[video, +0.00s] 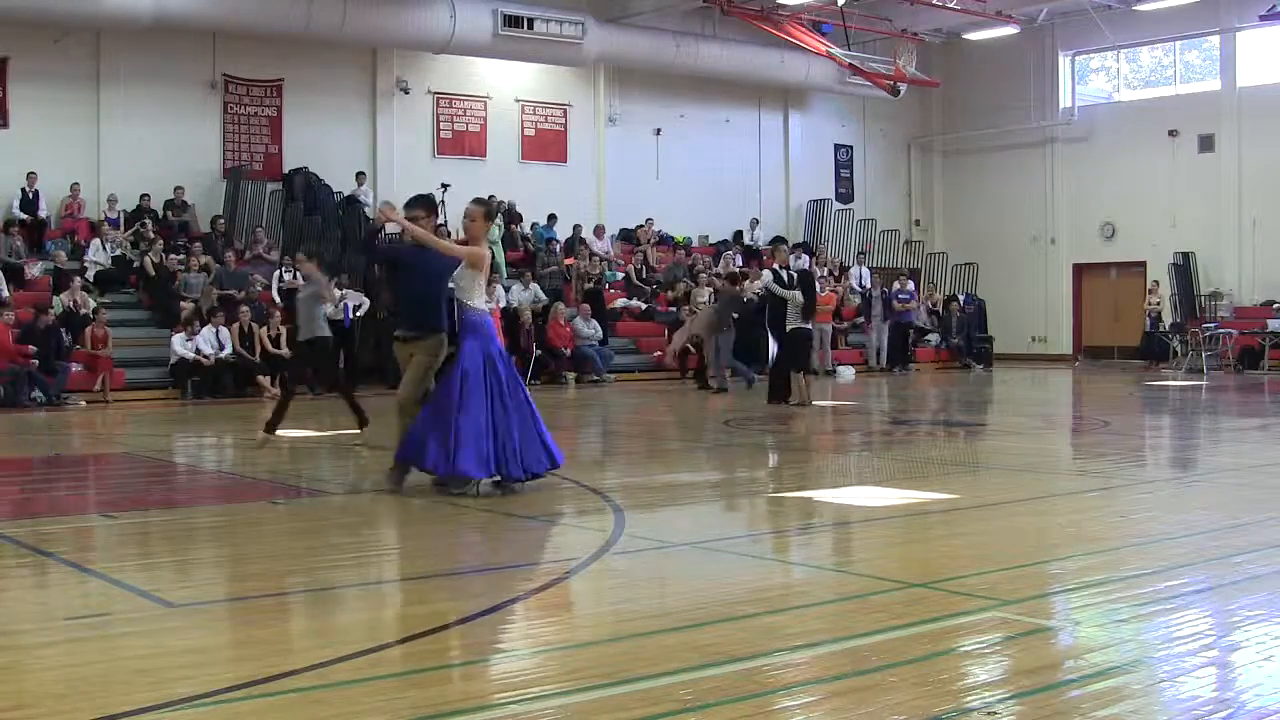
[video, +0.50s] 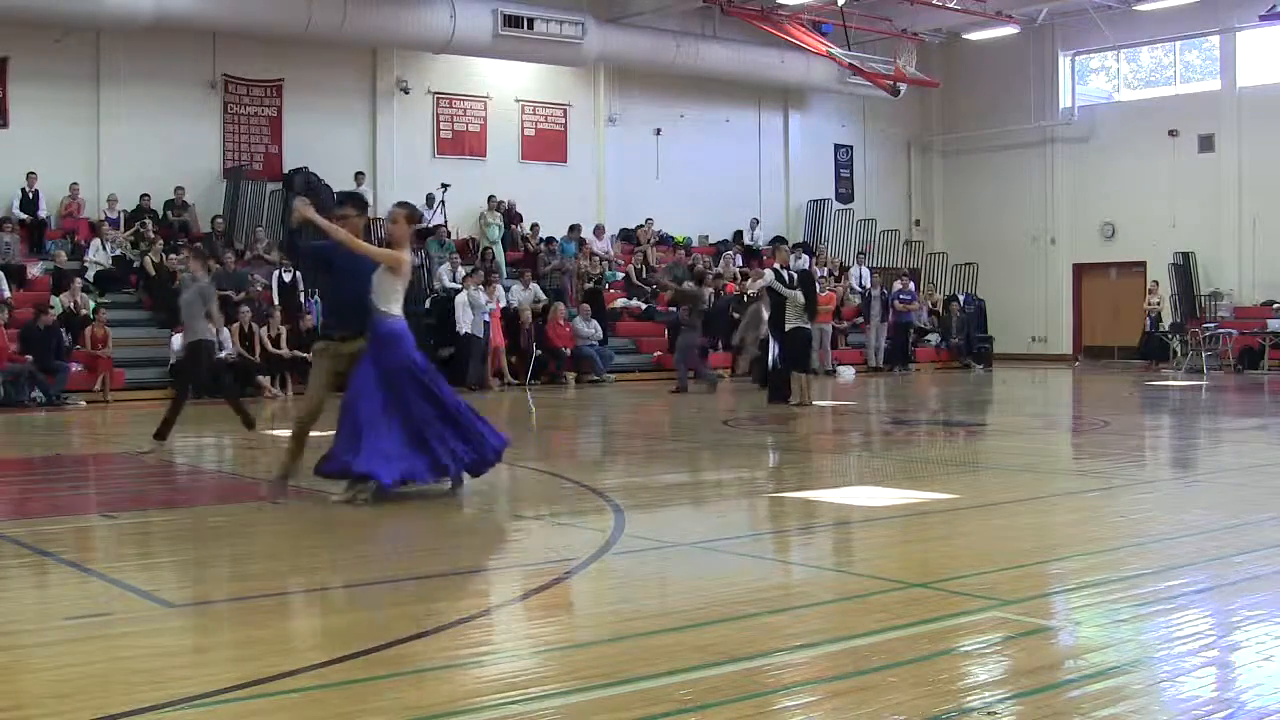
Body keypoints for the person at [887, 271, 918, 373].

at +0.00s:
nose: (902, 282)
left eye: (904, 280)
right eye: (900, 280)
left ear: (907, 281)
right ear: (898, 281)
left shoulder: (912, 293)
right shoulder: (894, 293)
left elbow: (914, 305)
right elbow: (896, 307)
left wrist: (901, 305)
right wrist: (909, 306)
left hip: (908, 321)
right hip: (897, 321)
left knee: (906, 344)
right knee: (895, 343)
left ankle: (905, 363)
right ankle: (895, 364)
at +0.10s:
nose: (903, 282)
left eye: (905, 280)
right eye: (901, 280)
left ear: (907, 281)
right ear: (898, 281)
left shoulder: (912, 293)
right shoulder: (895, 293)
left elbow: (914, 305)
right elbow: (896, 307)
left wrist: (901, 305)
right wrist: (909, 306)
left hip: (908, 321)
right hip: (897, 322)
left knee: (906, 344)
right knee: (895, 343)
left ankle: (905, 363)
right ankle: (895, 364)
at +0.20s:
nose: (904, 282)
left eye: (906, 280)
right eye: (902, 280)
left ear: (908, 281)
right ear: (899, 281)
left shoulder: (912, 293)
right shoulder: (895, 294)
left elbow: (915, 305)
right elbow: (897, 307)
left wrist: (902, 305)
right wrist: (909, 306)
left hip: (908, 321)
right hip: (897, 322)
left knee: (906, 343)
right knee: (896, 343)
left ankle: (905, 364)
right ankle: (895, 364)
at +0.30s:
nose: (905, 283)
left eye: (906, 280)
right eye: (903, 281)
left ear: (909, 281)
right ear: (900, 282)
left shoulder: (913, 294)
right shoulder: (896, 293)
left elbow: (915, 306)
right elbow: (897, 307)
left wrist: (903, 305)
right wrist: (910, 307)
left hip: (908, 321)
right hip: (897, 322)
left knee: (906, 343)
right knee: (896, 343)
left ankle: (905, 364)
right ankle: (895, 364)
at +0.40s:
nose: (905, 283)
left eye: (906, 280)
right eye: (903, 281)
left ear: (909, 281)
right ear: (900, 282)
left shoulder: (913, 294)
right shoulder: (896, 293)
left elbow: (916, 306)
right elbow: (897, 307)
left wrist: (903, 305)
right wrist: (910, 307)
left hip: (908, 321)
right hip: (897, 322)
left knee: (905, 343)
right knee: (896, 342)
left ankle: (905, 363)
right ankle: (895, 364)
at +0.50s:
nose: (905, 283)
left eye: (906, 280)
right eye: (903, 281)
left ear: (909, 282)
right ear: (900, 282)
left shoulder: (912, 294)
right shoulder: (896, 294)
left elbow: (916, 306)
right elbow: (897, 307)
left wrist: (903, 305)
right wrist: (910, 307)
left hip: (908, 321)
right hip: (897, 322)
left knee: (906, 343)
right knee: (896, 342)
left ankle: (905, 363)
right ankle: (895, 364)